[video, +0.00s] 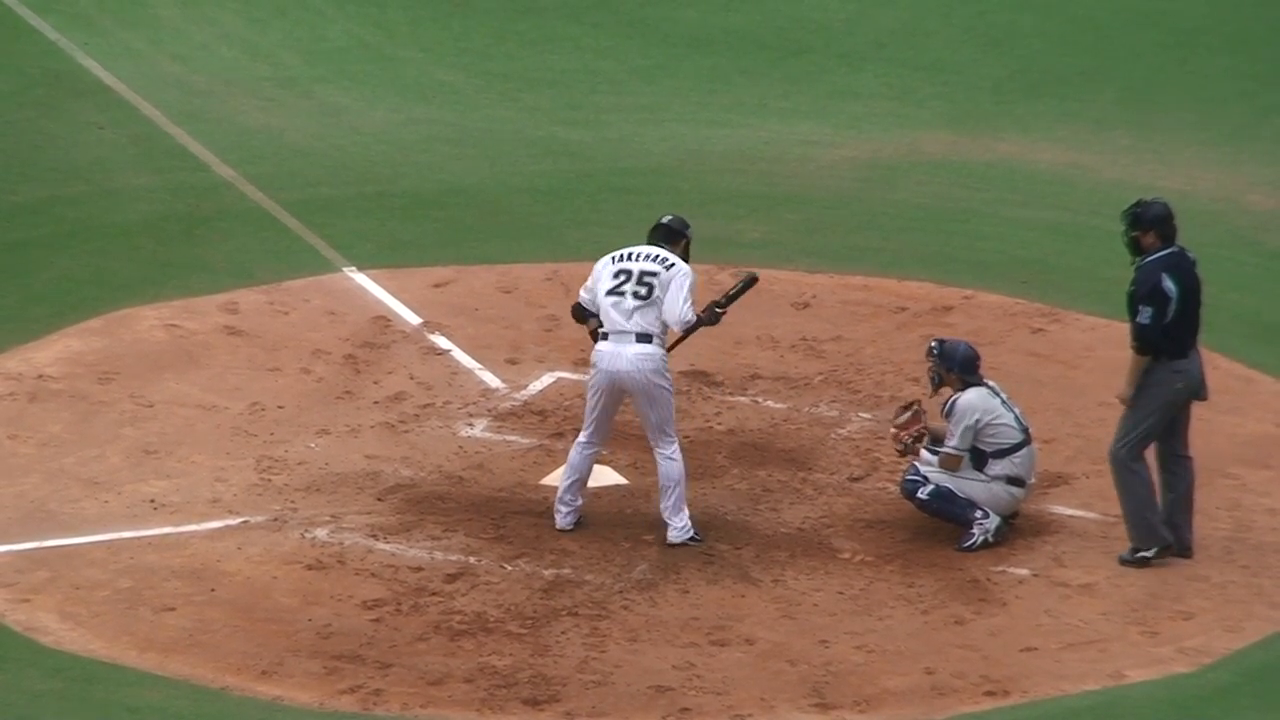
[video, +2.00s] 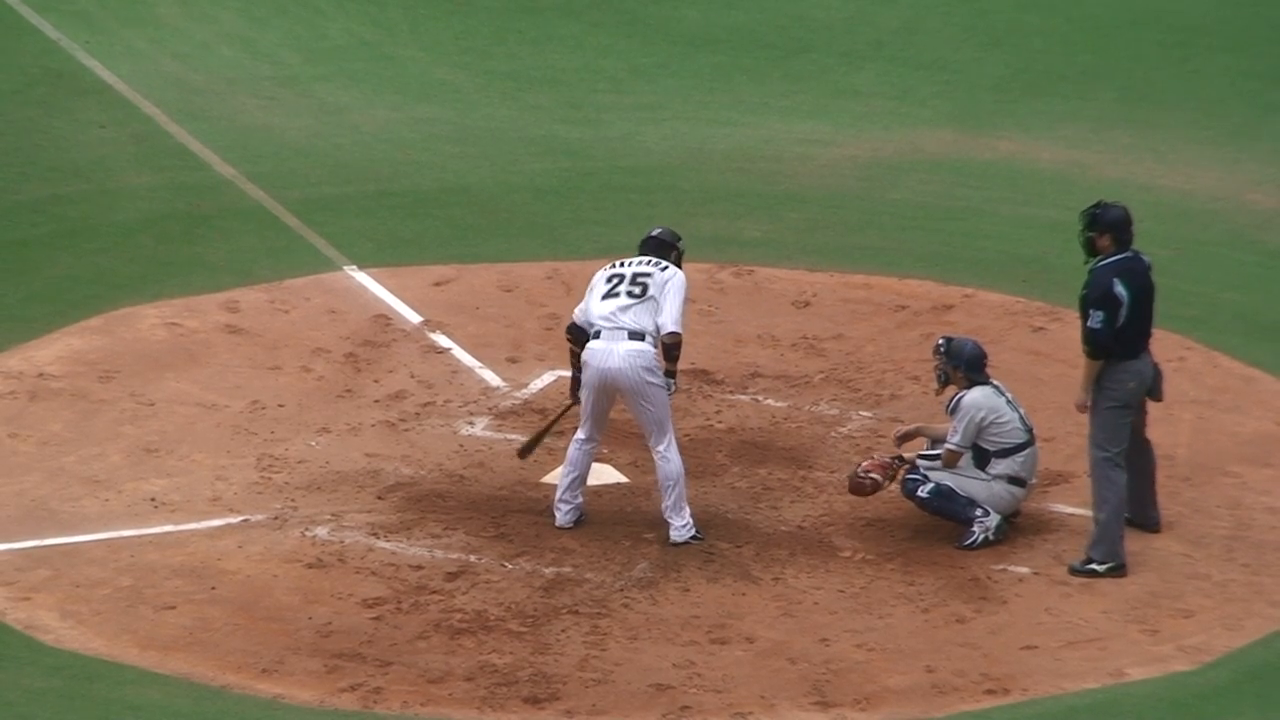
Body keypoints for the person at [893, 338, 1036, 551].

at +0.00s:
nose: (932, 370)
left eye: (937, 366)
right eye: (933, 364)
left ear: (953, 373)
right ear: (964, 372)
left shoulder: (966, 403)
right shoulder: (987, 387)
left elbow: (951, 464)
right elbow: (960, 439)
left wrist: (917, 450)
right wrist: (924, 429)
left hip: (1002, 492)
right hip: (1016, 483)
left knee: (913, 480)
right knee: (930, 451)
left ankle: (983, 520)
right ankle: (1001, 508)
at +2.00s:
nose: (938, 368)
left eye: (944, 364)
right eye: (940, 362)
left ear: (959, 371)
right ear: (975, 369)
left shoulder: (972, 402)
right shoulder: (992, 387)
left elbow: (949, 461)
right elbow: (962, 433)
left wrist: (912, 460)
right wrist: (918, 430)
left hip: (1003, 491)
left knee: (913, 481)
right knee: (934, 447)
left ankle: (983, 519)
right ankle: (1003, 506)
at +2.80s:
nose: (942, 366)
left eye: (947, 362)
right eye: (943, 361)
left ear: (961, 370)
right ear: (976, 368)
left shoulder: (971, 402)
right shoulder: (993, 388)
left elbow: (946, 461)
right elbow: (960, 433)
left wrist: (904, 458)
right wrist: (918, 425)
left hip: (1002, 491)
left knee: (913, 480)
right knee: (934, 447)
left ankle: (983, 519)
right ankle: (1004, 506)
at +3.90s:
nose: (942, 366)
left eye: (947, 363)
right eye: (944, 361)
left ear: (962, 371)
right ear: (976, 370)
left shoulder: (975, 402)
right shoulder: (991, 389)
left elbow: (948, 461)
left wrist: (907, 462)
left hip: (1000, 493)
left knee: (913, 482)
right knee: (930, 449)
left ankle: (984, 521)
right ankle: (997, 508)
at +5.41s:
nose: (940, 376)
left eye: (944, 371)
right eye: (941, 370)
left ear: (960, 375)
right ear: (976, 371)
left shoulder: (974, 403)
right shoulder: (993, 387)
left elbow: (950, 462)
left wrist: (909, 457)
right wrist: (947, 440)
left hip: (1003, 493)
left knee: (914, 480)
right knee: (933, 442)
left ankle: (983, 519)